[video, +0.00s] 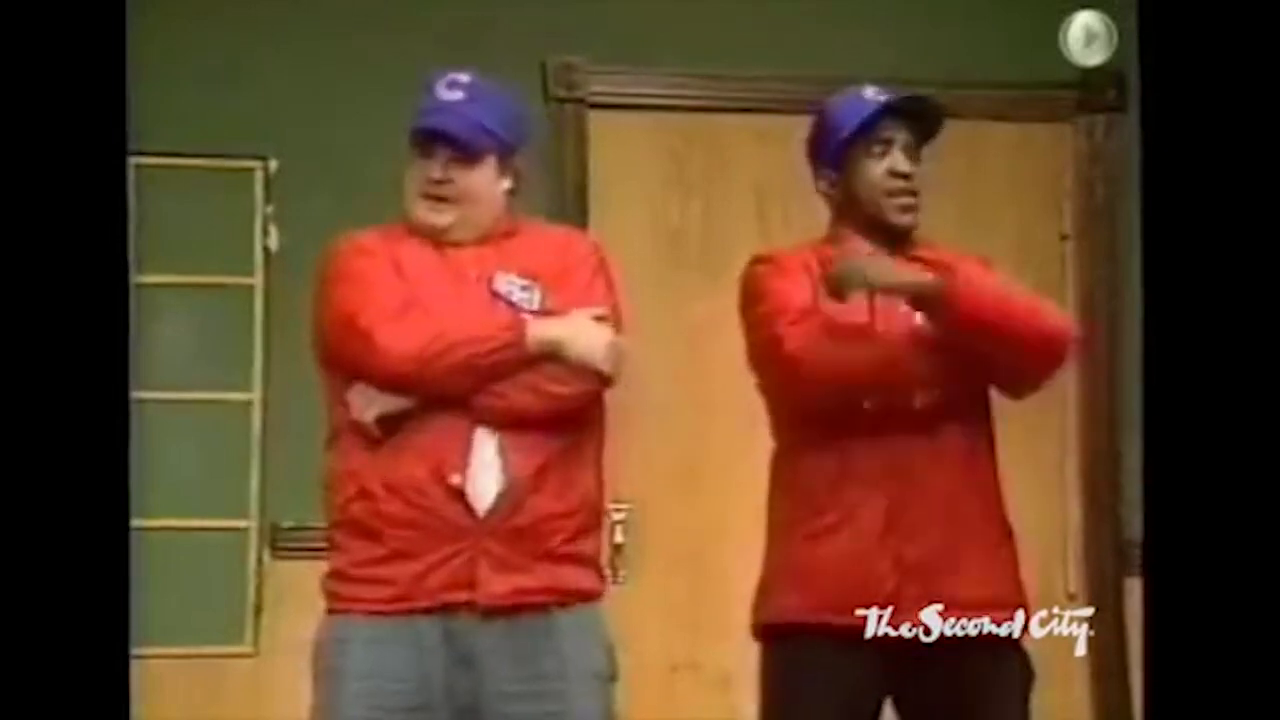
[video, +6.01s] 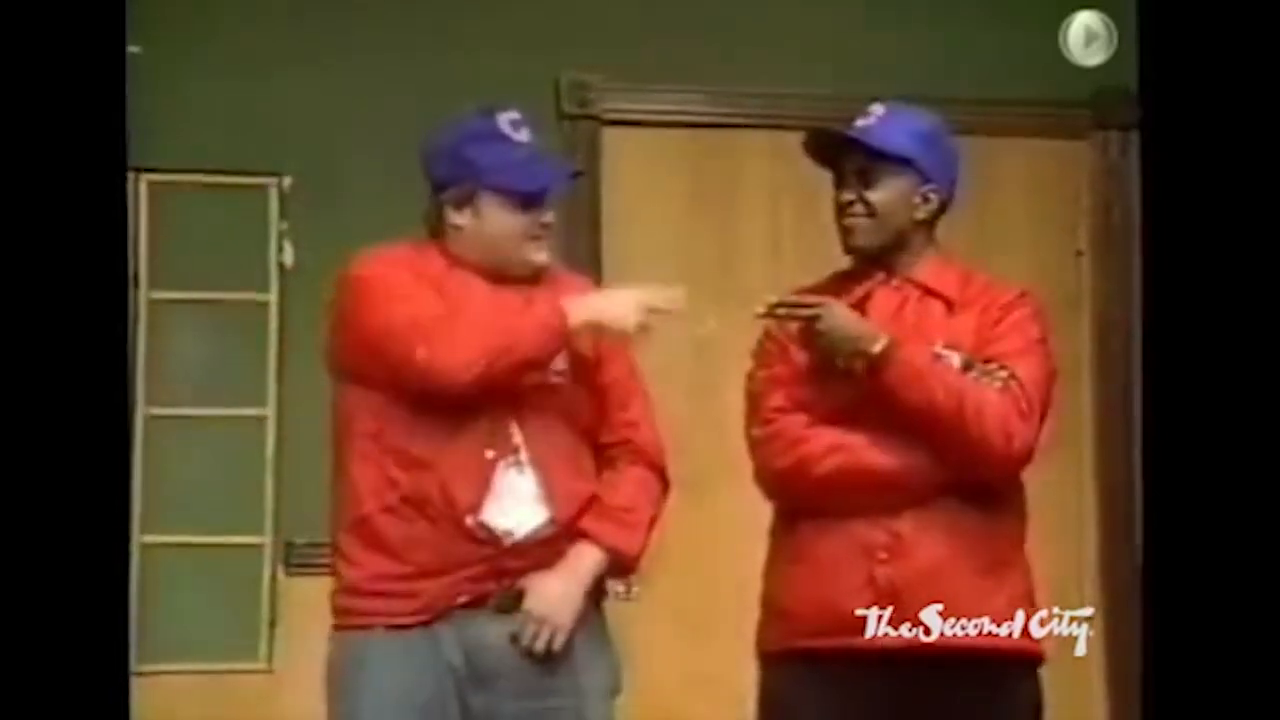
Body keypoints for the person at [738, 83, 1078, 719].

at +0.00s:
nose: (905, 168)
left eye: (912, 153)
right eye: (880, 150)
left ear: (922, 170)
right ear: (831, 177)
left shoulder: (956, 274)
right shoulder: (782, 275)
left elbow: (1047, 344)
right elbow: (803, 367)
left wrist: (918, 282)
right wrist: (961, 356)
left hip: (967, 610)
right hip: (825, 613)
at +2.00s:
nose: (793, 181)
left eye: (816, 164)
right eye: (779, 165)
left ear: (855, 185)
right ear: (765, 183)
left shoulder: (920, 296)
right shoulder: (724, 316)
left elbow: (964, 429)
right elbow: (734, 455)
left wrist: (822, 417)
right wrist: (902, 462)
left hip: (915, 634)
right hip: (769, 643)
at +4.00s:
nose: (899, 201)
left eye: (910, 183)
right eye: (876, 184)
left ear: (923, 198)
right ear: (833, 204)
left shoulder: (979, 319)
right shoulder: (779, 324)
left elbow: (1023, 446)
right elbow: (788, 464)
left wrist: (878, 427)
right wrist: (962, 466)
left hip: (971, 649)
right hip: (819, 651)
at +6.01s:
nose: (846, 196)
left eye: (869, 179)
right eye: (841, 180)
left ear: (927, 199)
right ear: (832, 190)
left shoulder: (1002, 310)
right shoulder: (799, 315)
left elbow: (1002, 439)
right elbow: (783, 460)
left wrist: (874, 349)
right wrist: (952, 457)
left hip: (972, 649)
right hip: (821, 649)